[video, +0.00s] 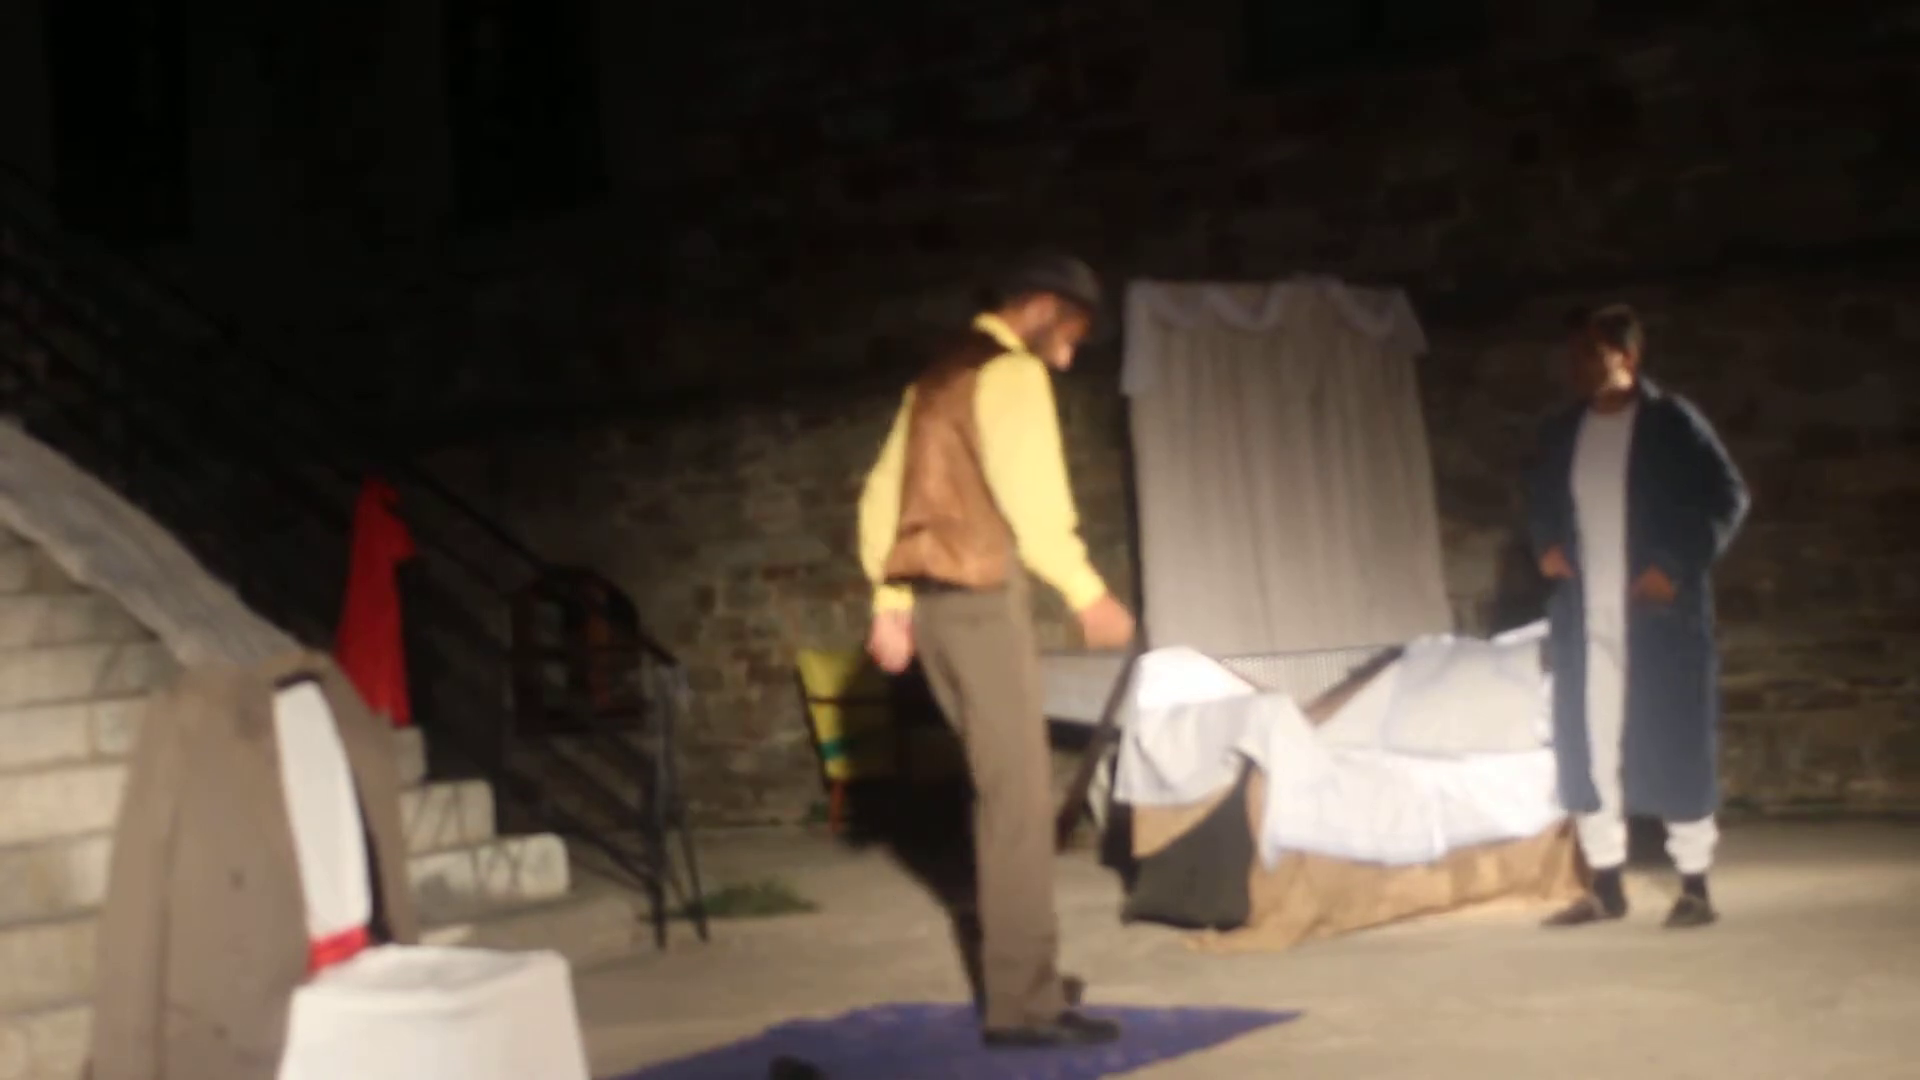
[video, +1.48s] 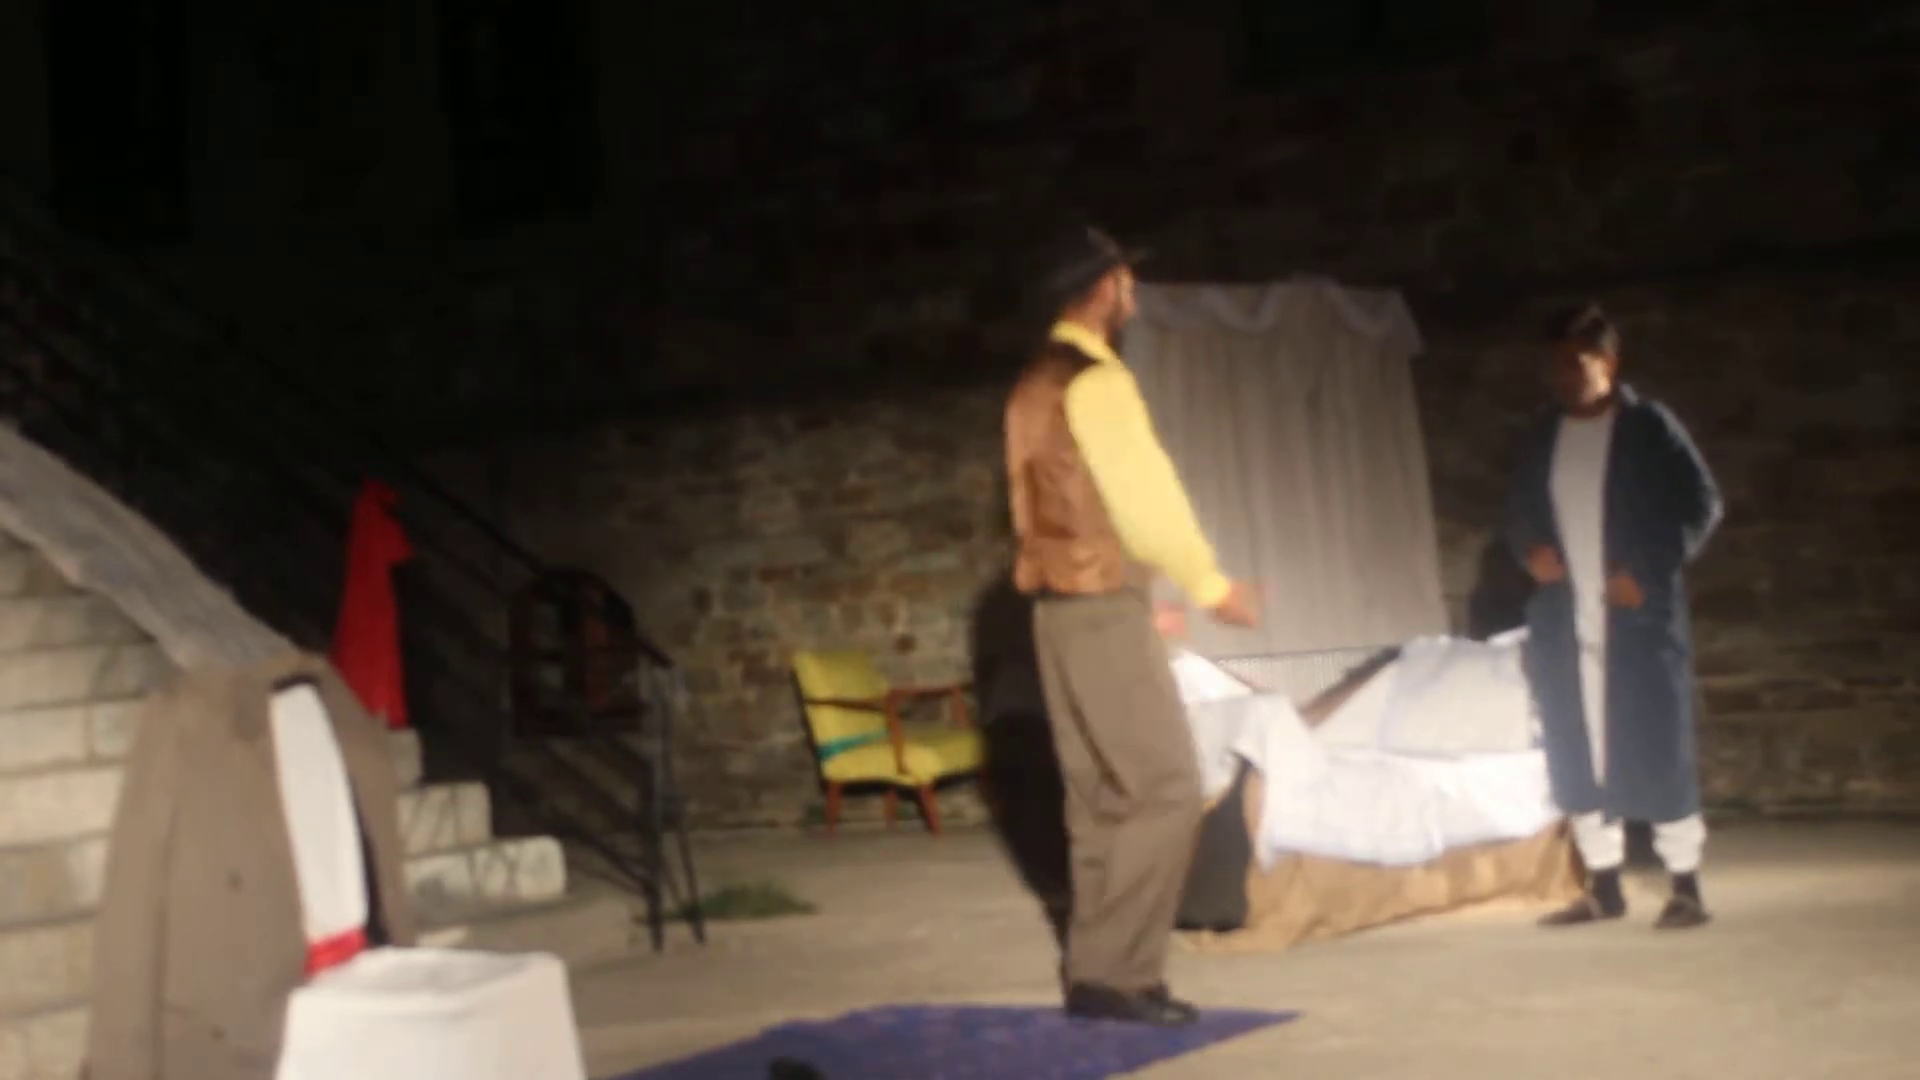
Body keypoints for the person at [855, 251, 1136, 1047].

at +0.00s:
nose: (1069, 355)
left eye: (1076, 341)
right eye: (1071, 335)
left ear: (1017, 309)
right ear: (1041, 309)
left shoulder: (935, 379)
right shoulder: (1014, 374)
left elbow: (883, 489)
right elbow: (1033, 496)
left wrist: (890, 595)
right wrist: (1089, 595)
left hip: (935, 611)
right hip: (983, 609)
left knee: (1002, 792)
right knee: (1018, 795)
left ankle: (1017, 977)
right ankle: (1020, 1002)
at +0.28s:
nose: (1083, 360)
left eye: (1090, 347)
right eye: (1084, 342)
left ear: (1043, 317)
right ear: (1051, 315)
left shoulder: (972, 378)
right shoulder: (1012, 379)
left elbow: (929, 504)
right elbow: (998, 492)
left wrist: (924, 619)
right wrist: (1023, 602)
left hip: (948, 605)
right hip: (986, 606)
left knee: (984, 797)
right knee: (1066, 771)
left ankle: (1015, 974)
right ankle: (1069, 965)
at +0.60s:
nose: (1101, 362)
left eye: (1109, 349)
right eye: (1103, 343)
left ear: (1064, 318)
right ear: (1070, 316)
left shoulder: (1000, 373)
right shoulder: (1026, 376)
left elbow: (980, 494)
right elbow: (993, 488)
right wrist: (995, 604)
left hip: (965, 604)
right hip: (1000, 603)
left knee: (1011, 781)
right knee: (1112, 754)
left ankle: (1015, 979)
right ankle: (1121, 956)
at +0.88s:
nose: (1125, 329)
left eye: (1129, 313)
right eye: (1123, 311)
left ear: (1068, 302)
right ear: (1091, 302)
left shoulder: (1012, 374)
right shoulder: (1055, 374)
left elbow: (992, 501)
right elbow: (1046, 492)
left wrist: (984, 614)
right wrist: (1072, 604)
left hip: (1005, 605)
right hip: (1041, 606)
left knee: (1024, 802)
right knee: (1072, 801)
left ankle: (1021, 978)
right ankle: (1104, 982)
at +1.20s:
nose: (1138, 295)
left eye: (1137, 280)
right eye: (1135, 280)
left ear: (1069, 286)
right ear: (1114, 282)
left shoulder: (1030, 372)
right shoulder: (1100, 367)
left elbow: (1009, 500)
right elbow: (1119, 496)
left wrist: (1045, 559)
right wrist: (1158, 600)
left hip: (1039, 595)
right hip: (1092, 597)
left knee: (1080, 789)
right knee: (1109, 790)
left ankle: (1056, 969)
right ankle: (1109, 983)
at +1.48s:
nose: (1133, 295)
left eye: (1129, 280)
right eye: (1126, 281)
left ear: (1066, 296)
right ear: (1107, 289)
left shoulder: (1034, 384)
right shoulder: (1098, 383)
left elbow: (1058, 521)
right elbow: (1145, 500)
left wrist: (1136, 601)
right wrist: (1215, 585)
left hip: (1057, 612)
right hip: (1101, 612)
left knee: (1100, 798)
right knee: (1166, 789)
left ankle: (1097, 974)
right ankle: (1121, 977)